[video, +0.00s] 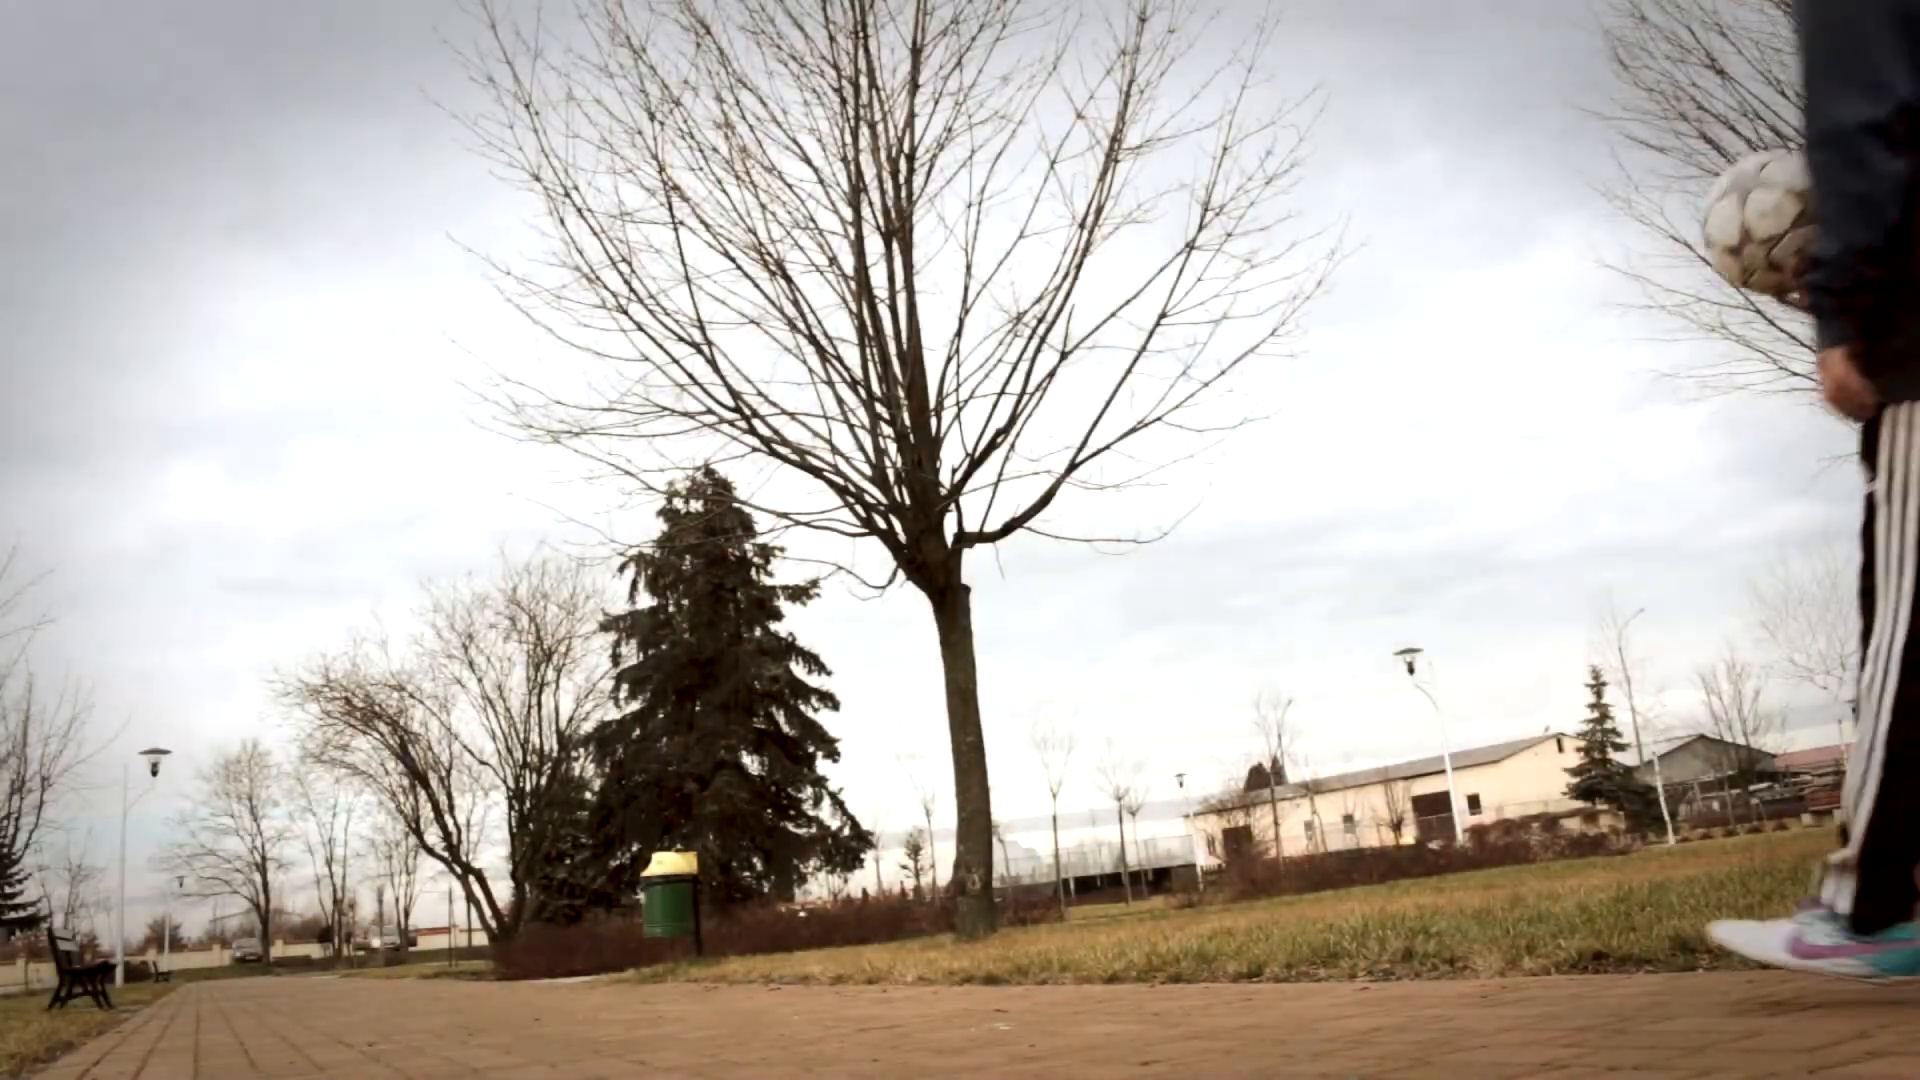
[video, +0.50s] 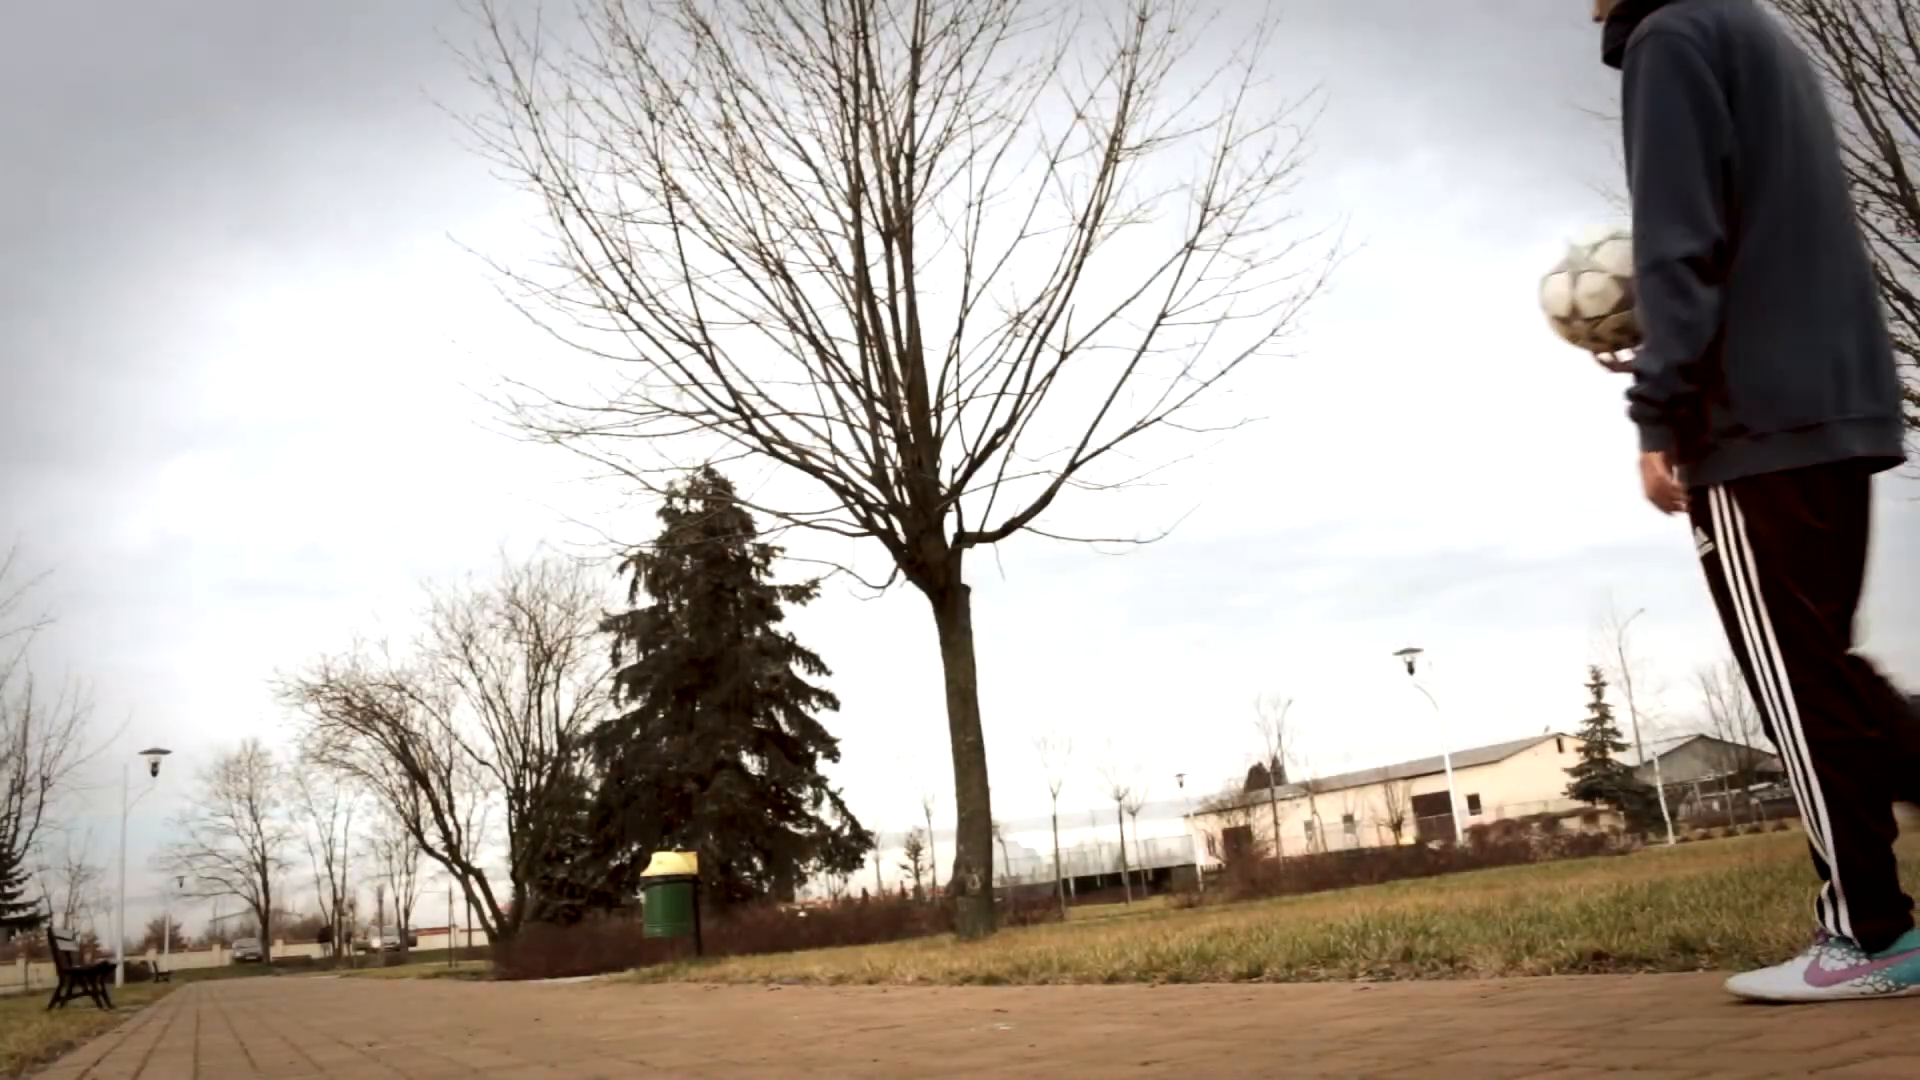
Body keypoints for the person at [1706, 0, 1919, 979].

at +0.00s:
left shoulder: (1853, 14)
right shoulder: (1851, 20)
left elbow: (1860, 128)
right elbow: (1863, 128)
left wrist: (1847, 323)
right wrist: (1848, 304)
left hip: (1915, 334)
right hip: (1910, 332)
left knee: (1904, 616)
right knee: (1902, 612)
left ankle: (1870, 903)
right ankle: (1885, 898)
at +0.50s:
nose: (1591, 15)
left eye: (1593, 4)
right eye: (1592, 7)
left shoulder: (1670, 43)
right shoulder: (1764, 43)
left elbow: (1680, 243)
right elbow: (1774, 239)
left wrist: (1654, 419)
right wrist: (1653, 317)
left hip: (1760, 421)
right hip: (1833, 408)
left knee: (1792, 681)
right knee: (1823, 666)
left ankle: (1867, 934)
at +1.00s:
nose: (1476, 96)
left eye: (1481, 71)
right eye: (1465, 85)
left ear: (1533, 49)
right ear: (1483, 88)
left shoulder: (1612, 116)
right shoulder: (1544, 174)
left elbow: (1665, 273)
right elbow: (1576, 346)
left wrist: (1642, 419)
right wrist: (1519, 431)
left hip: (1657, 475)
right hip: (1587, 495)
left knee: (1750, 699)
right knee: (1605, 724)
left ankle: (1870, 930)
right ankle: (1633, 937)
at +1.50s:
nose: (1396, 142)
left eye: (1403, 118)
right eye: (1381, 133)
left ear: (1449, 96)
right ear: (1383, 142)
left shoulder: (1541, 162)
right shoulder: (1421, 241)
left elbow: (1613, 305)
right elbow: (1413, 386)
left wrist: (1620, 440)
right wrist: (1374, 480)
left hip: (1581, 485)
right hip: (1501, 512)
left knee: (1580, 692)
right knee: (1553, 710)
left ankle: (1654, 929)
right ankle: (1617, 930)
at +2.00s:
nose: (1379, 149)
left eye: (1387, 125)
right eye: (1364, 139)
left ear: (1431, 103)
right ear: (1366, 143)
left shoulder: (1520, 171)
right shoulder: (1412, 231)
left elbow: (1564, 322)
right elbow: (1449, 364)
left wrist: (1553, 469)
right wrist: (1452, 466)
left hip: (1563, 497)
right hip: (1465, 509)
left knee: (1602, 726)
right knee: (1422, 700)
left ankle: (1627, 943)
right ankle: (1409, 904)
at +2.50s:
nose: (1333, 171)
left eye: (1337, 147)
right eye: (1318, 162)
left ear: (1387, 119)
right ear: (1328, 164)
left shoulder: (1490, 178)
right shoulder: (1377, 257)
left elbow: (1584, 301)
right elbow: (1360, 404)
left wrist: (1645, 445)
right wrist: (1286, 512)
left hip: (1525, 491)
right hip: (1449, 510)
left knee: (1429, 695)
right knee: (1479, 716)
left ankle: (1467, 930)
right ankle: (1546, 949)